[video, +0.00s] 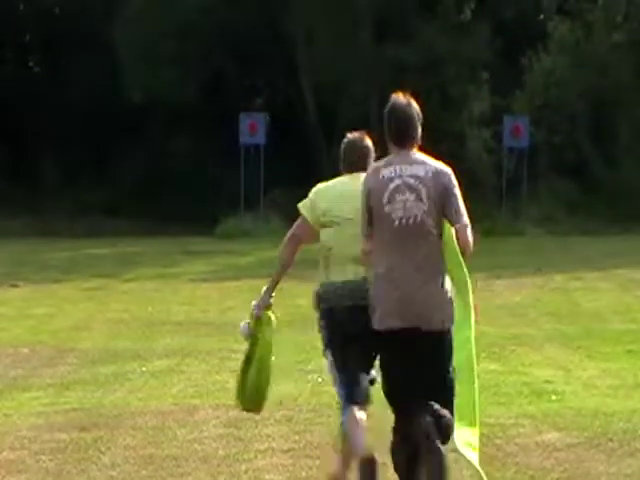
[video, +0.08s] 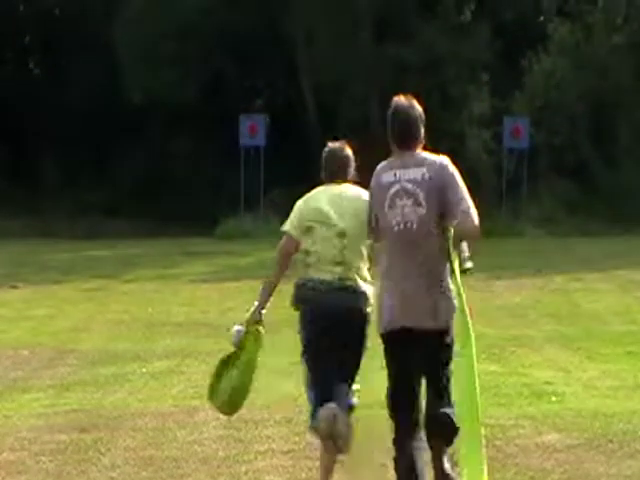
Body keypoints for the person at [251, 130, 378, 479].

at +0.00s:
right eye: (371, 160)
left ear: (341, 162)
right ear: (372, 161)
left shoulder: (325, 193)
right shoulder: (384, 189)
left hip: (335, 291)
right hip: (379, 290)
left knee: (344, 369)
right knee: (362, 371)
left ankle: (363, 454)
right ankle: (344, 457)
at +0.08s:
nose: (351, 172)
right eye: (351, 168)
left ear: (322, 170)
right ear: (352, 170)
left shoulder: (308, 201)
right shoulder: (366, 199)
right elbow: (377, 241)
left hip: (313, 292)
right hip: (353, 292)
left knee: (317, 366)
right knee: (346, 369)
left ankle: (323, 416)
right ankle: (342, 408)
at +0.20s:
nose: (289, 174)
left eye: (285, 169)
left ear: (283, 169)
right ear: (311, 165)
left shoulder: (275, 203)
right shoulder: (332, 193)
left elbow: (250, 253)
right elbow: (367, 231)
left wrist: (226, 293)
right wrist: (377, 278)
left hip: (289, 300)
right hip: (328, 297)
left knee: (284, 373)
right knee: (326, 384)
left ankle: (285, 447)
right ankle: (324, 468)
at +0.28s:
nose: (256, 181)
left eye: (255, 177)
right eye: (258, 177)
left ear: (258, 175)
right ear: (285, 169)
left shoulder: (252, 206)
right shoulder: (312, 189)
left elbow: (227, 256)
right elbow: (347, 225)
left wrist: (207, 289)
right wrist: (364, 272)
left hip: (277, 291)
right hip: (314, 289)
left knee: (268, 381)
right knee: (306, 379)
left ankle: (258, 463)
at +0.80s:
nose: (212, 171)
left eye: (204, 168)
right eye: (219, 165)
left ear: (200, 169)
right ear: (225, 167)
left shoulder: (194, 200)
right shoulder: (244, 196)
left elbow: (178, 245)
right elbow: (267, 228)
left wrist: (156, 271)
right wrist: (271, 275)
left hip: (201, 278)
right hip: (234, 278)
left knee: (197, 359)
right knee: (221, 358)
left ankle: (190, 433)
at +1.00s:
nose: (222, 174)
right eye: (225, 169)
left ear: (201, 170)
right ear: (226, 171)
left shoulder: (187, 197)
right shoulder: (234, 199)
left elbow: (159, 229)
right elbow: (244, 234)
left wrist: (149, 256)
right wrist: (247, 278)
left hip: (187, 284)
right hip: (220, 285)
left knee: (187, 363)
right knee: (213, 359)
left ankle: (182, 429)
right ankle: (205, 429)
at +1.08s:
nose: (226, 176)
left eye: (216, 171)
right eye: (228, 173)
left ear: (205, 172)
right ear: (230, 174)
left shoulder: (188, 195)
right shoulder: (236, 204)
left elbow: (161, 226)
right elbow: (243, 243)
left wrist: (149, 255)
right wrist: (246, 281)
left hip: (183, 277)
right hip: (216, 281)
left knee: (188, 348)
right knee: (209, 361)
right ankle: (204, 429)